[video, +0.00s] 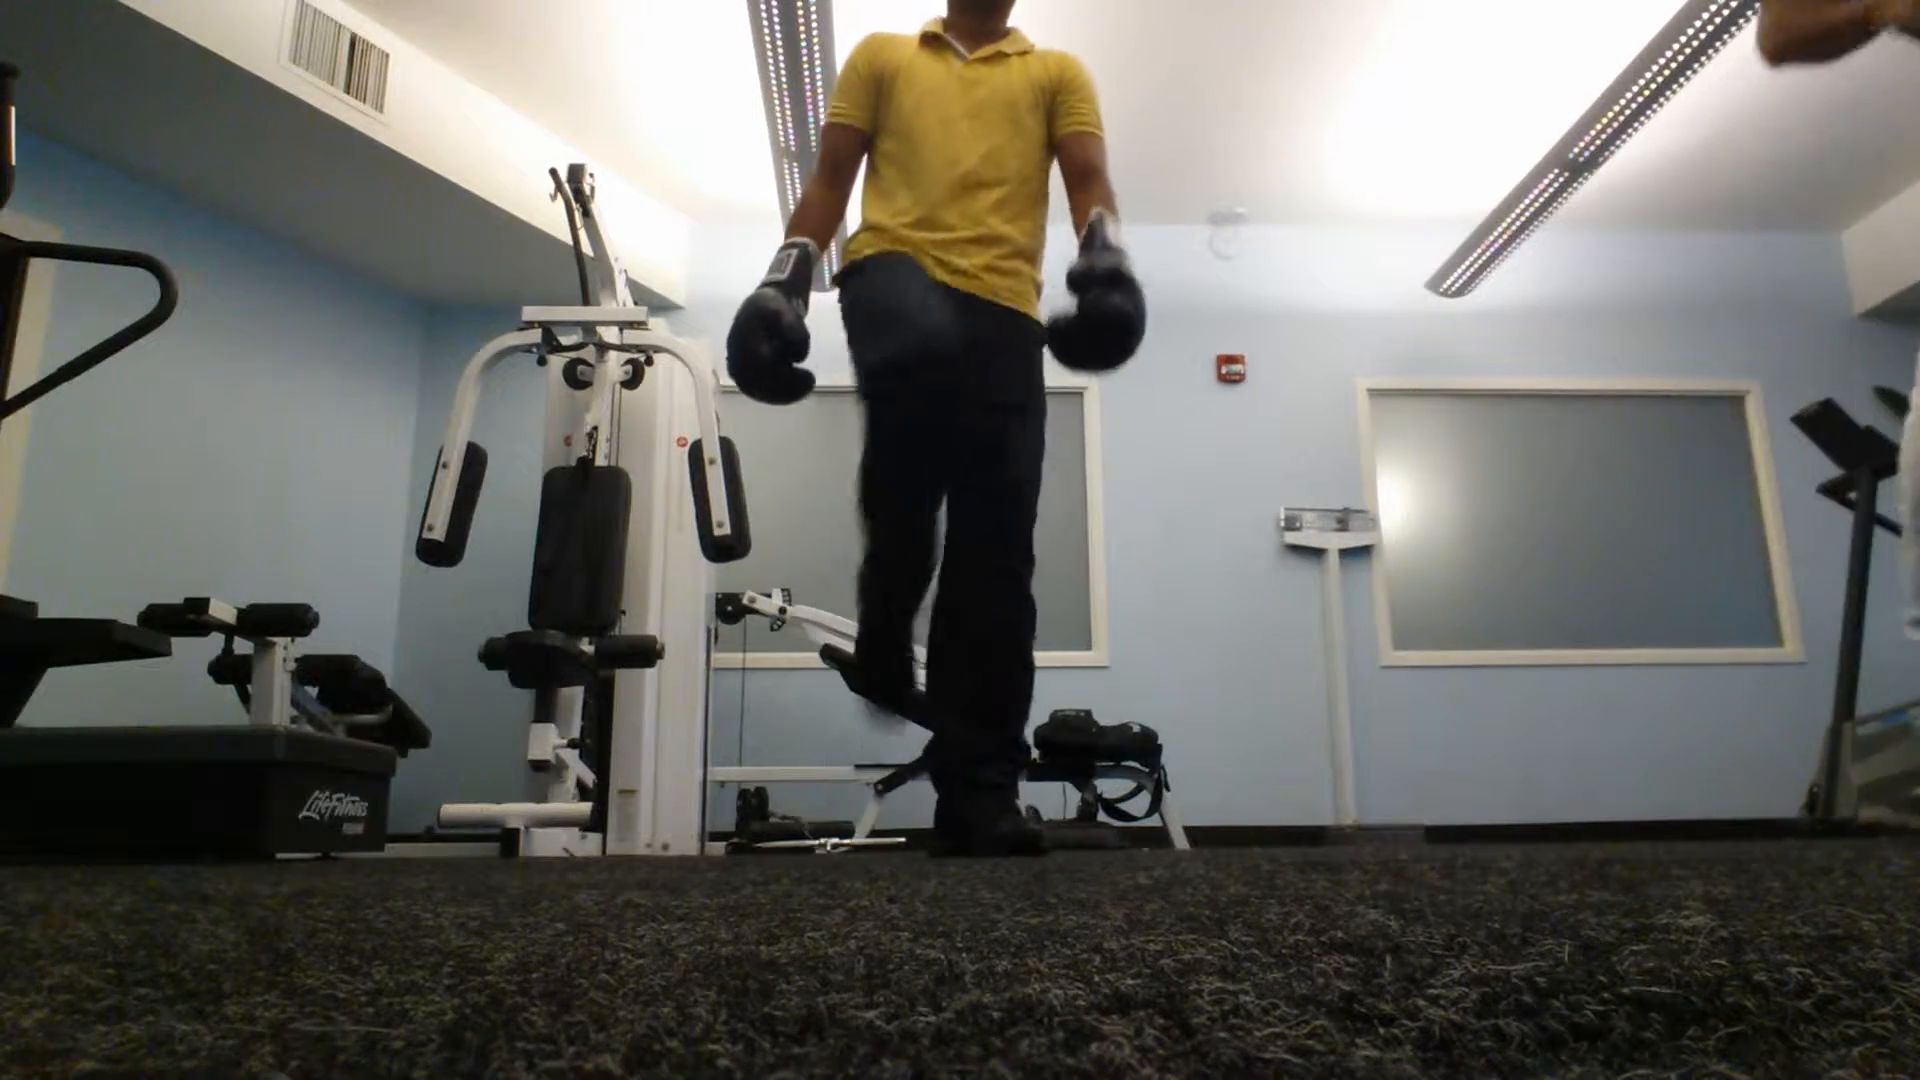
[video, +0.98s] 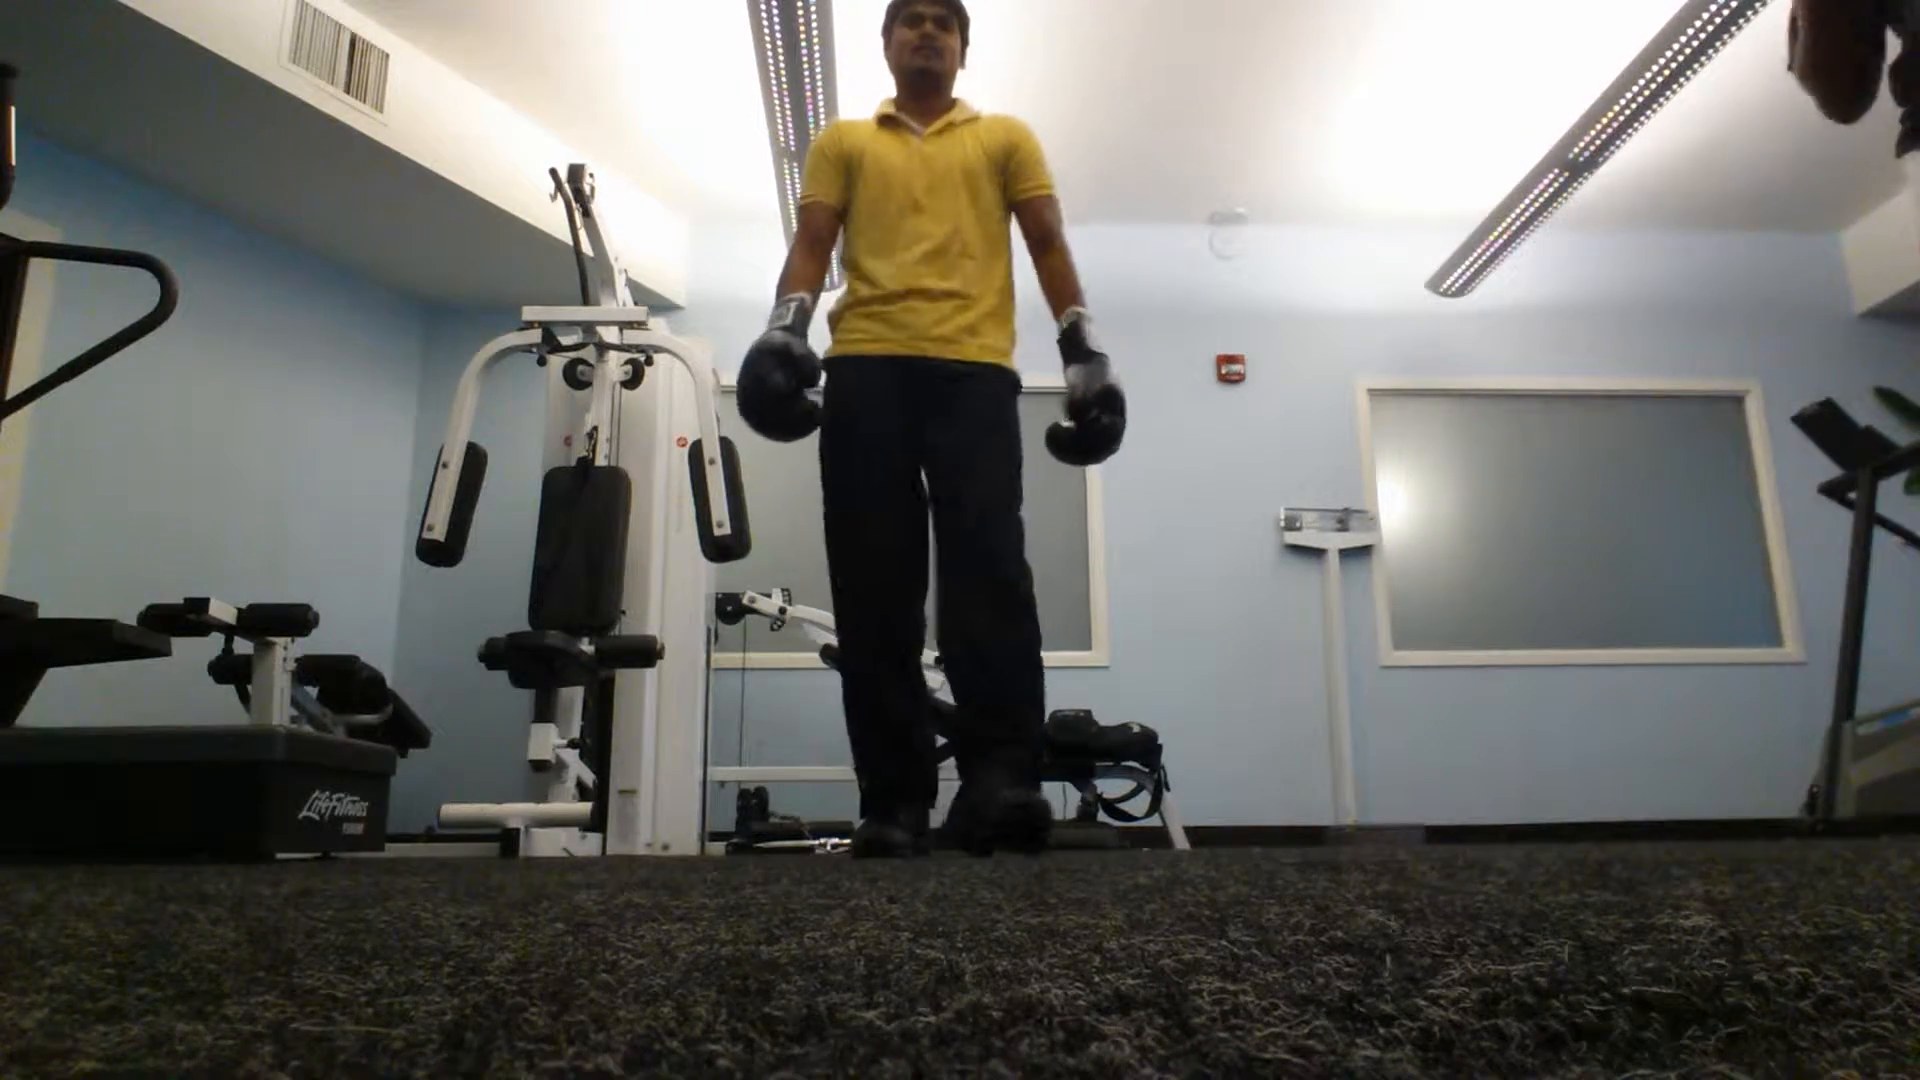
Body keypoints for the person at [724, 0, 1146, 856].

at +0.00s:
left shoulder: (1055, 72)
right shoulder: (884, 56)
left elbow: (1090, 183)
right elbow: (829, 181)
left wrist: (1104, 256)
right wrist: (786, 281)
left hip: (1002, 294)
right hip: (894, 265)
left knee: (998, 552)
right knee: (922, 371)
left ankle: (979, 797)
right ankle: (885, 630)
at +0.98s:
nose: (924, 37)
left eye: (940, 26)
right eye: (908, 25)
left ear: (962, 47)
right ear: (885, 45)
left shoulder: (1003, 139)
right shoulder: (845, 142)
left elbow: (1048, 245)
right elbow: (812, 243)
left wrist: (1083, 352)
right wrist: (783, 330)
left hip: (974, 372)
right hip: (866, 370)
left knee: (987, 572)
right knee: (873, 585)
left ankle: (1001, 790)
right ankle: (892, 804)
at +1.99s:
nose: (949, 166)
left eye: (962, 157)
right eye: (936, 155)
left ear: (979, 176)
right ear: (914, 171)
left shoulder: (1005, 261)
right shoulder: (874, 250)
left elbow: (1043, 361)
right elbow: (839, 347)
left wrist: (1086, 457)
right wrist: (800, 441)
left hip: (973, 457)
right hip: (882, 453)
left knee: (973, 635)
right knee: (863, 628)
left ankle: (970, 813)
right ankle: (856, 803)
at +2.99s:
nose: (904, 226)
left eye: (913, 216)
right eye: (890, 216)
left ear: (925, 229)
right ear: (866, 231)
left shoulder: (953, 309)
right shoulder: (847, 298)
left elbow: (976, 391)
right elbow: (817, 385)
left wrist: (992, 466)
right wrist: (803, 475)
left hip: (937, 493)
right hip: (871, 488)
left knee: (925, 649)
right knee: (866, 648)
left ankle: (914, 808)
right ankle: (857, 813)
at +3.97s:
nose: (994, 263)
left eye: (998, 256)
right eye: (983, 252)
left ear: (995, 266)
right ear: (947, 256)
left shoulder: (982, 338)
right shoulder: (930, 312)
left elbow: (979, 433)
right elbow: (901, 395)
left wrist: (1002, 523)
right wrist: (920, 473)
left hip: (974, 506)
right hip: (940, 498)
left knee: (948, 652)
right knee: (963, 647)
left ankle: (911, 807)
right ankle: (996, 803)